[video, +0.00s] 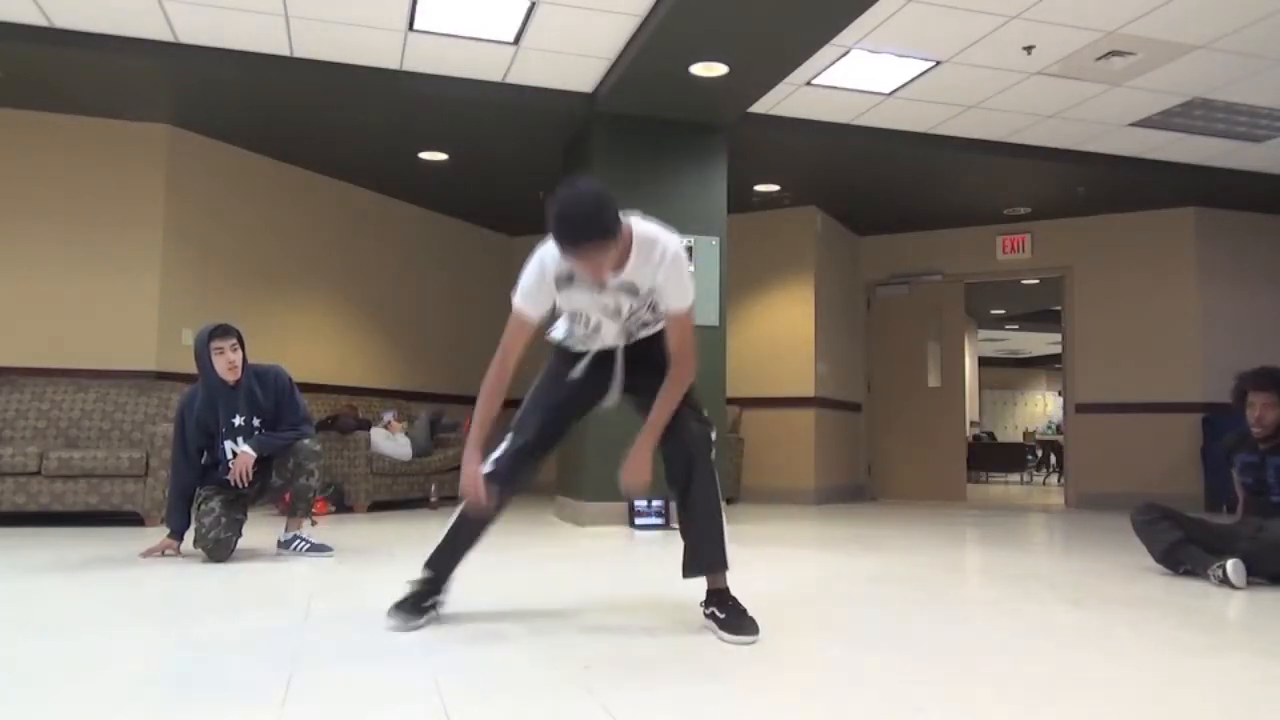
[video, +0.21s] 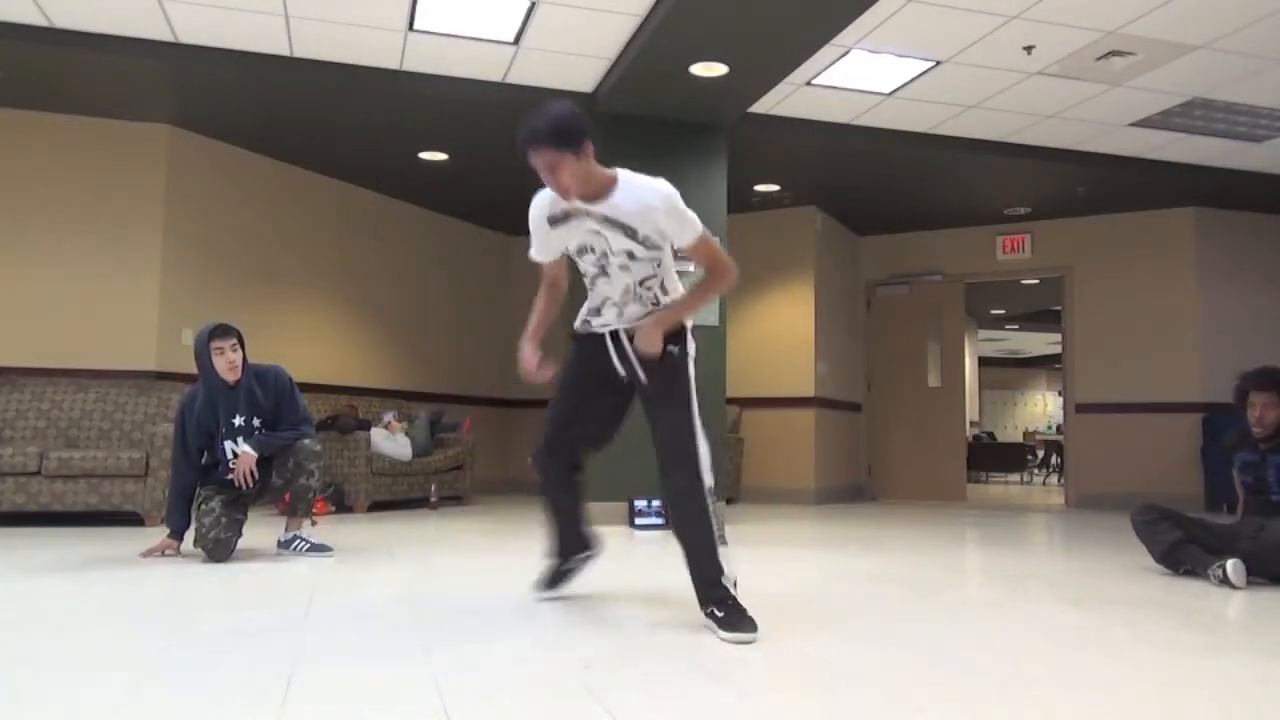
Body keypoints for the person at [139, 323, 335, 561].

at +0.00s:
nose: (230, 358)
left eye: (234, 349)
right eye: (219, 353)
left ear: (243, 352)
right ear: (205, 360)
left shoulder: (273, 380)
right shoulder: (194, 404)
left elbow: (304, 429)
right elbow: (184, 471)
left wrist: (254, 447)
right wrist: (175, 535)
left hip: (265, 476)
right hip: (219, 488)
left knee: (308, 449)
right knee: (215, 549)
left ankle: (292, 534)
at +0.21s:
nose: (231, 358)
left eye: (235, 349)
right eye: (220, 353)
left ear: (243, 351)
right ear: (205, 360)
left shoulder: (273, 380)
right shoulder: (194, 404)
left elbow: (304, 429)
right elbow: (184, 471)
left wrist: (255, 446)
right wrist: (175, 535)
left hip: (266, 476)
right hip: (220, 488)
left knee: (308, 449)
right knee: (215, 549)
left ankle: (292, 535)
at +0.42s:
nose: (232, 356)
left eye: (235, 347)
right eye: (220, 351)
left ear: (243, 350)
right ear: (206, 360)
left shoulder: (273, 380)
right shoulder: (194, 403)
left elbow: (304, 429)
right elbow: (184, 470)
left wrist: (256, 445)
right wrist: (174, 535)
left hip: (267, 476)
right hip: (221, 488)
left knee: (308, 450)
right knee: (216, 549)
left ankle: (292, 534)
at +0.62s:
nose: (232, 356)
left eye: (235, 347)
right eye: (220, 350)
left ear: (243, 350)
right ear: (206, 359)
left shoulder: (273, 380)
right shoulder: (194, 403)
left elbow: (304, 429)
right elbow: (184, 470)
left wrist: (255, 445)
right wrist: (174, 535)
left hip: (267, 476)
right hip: (221, 488)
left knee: (308, 450)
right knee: (216, 549)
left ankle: (292, 534)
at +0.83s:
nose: (231, 355)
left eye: (234, 346)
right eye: (220, 350)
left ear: (243, 349)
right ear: (205, 359)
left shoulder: (272, 380)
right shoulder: (193, 403)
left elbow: (304, 429)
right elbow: (184, 470)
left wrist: (255, 444)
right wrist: (174, 535)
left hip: (266, 477)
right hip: (220, 488)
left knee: (307, 450)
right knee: (216, 549)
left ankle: (292, 534)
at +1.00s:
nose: (231, 354)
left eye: (234, 345)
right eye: (219, 349)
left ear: (242, 349)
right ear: (205, 358)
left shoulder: (272, 380)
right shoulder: (194, 403)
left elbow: (303, 429)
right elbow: (184, 470)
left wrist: (255, 444)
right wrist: (174, 535)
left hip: (266, 477)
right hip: (220, 488)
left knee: (307, 449)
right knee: (215, 549)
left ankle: (292, 535)